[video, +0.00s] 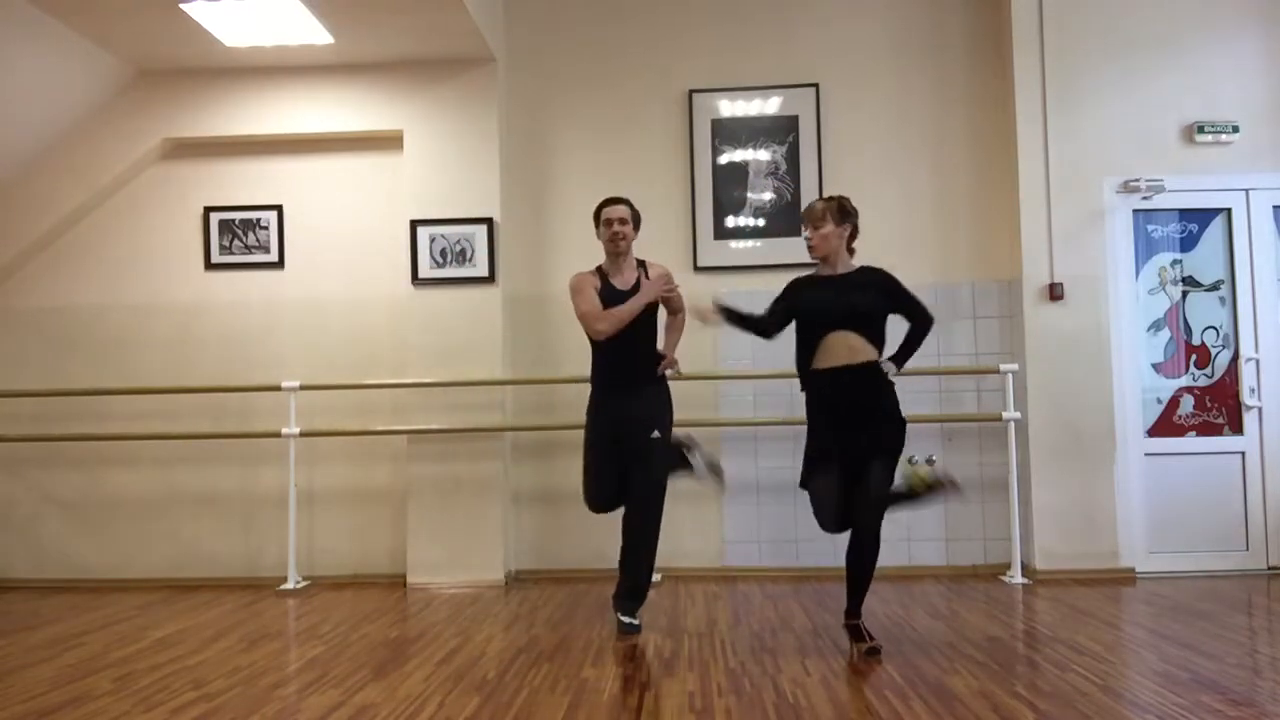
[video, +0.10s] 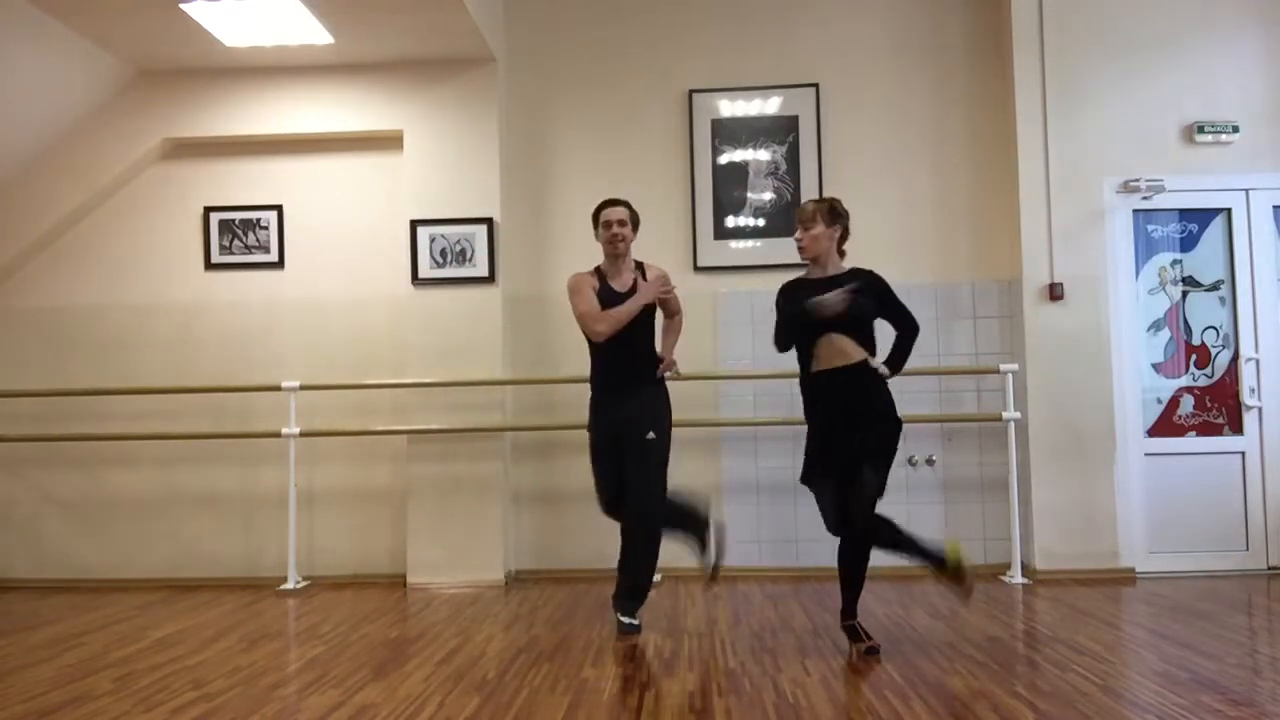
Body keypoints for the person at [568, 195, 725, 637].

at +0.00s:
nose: (616, 229)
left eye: (623, 223)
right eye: (609, 224)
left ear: (636, 230)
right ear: (598, 233)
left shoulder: (655, 275)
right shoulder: (583, 282)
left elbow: (676, 312)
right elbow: (599, 328)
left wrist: (669, 350)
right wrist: (647, 296)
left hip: (650, 399)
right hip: (606, 401)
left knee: (643, 510)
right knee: (600, 498)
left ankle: (628, 605)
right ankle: (673, 455)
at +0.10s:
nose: (615, 231)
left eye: (622, 224)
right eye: (608, 225)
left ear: (635, 231)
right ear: (597, 234)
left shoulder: (652, 278)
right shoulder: (581, 283)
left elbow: (672, 315)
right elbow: (597, 329)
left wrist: (667, 352)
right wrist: (644, 297)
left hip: (649, 402)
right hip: (606, 404)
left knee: (643, 506)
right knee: (613, 501)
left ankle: (627, 604)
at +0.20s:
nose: (613, 236)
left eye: (620, 229)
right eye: (605, 230)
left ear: (632, 236)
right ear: (594, 238)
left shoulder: (650, 281)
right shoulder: (579, 288)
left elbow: (671, 319)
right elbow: (594, 333)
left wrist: (666, 356)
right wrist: (641, 300)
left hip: (648, 404)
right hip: (605, 409)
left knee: (642, 506)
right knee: (634, 507)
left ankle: (627, 604)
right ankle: (696, 583)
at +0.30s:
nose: (608, 238)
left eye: (615, 231)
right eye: (600, 232)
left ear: (627, 238)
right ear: (589, 240)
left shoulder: (643, 283)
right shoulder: (573, 289)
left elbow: (667, 319)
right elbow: (589, 334)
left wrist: (663, 359)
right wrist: (636, 300)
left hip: (643, 406)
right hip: (601, 413)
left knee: (639, 508)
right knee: (634, 509)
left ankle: (627, 604)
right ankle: (696, 584)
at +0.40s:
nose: (598, 241)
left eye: (605, 234)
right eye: (590, 235)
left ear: (617, 241)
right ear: (579, 243)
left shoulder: (632, 287)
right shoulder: (561, 290)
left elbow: (655, 327)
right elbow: (575, 336)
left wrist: (656, 373)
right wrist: (625, 305)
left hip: (633, 407)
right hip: (591, 415)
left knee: (633, 508)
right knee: (633, 508)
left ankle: (627, 604)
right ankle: (694, 586)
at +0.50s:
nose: (587, 241)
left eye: (595, 234)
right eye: (580, 235)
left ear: (609, 241)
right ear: (571, 242)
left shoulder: (626, 295)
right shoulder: (553, 293)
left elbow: (640, 356)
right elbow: (549, 355)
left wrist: (661, 402)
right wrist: (608, 345)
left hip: (623, 411)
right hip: (581, 417)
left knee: (630, 510)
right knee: (621, 512)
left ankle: (626, 604)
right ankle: (683, 583)